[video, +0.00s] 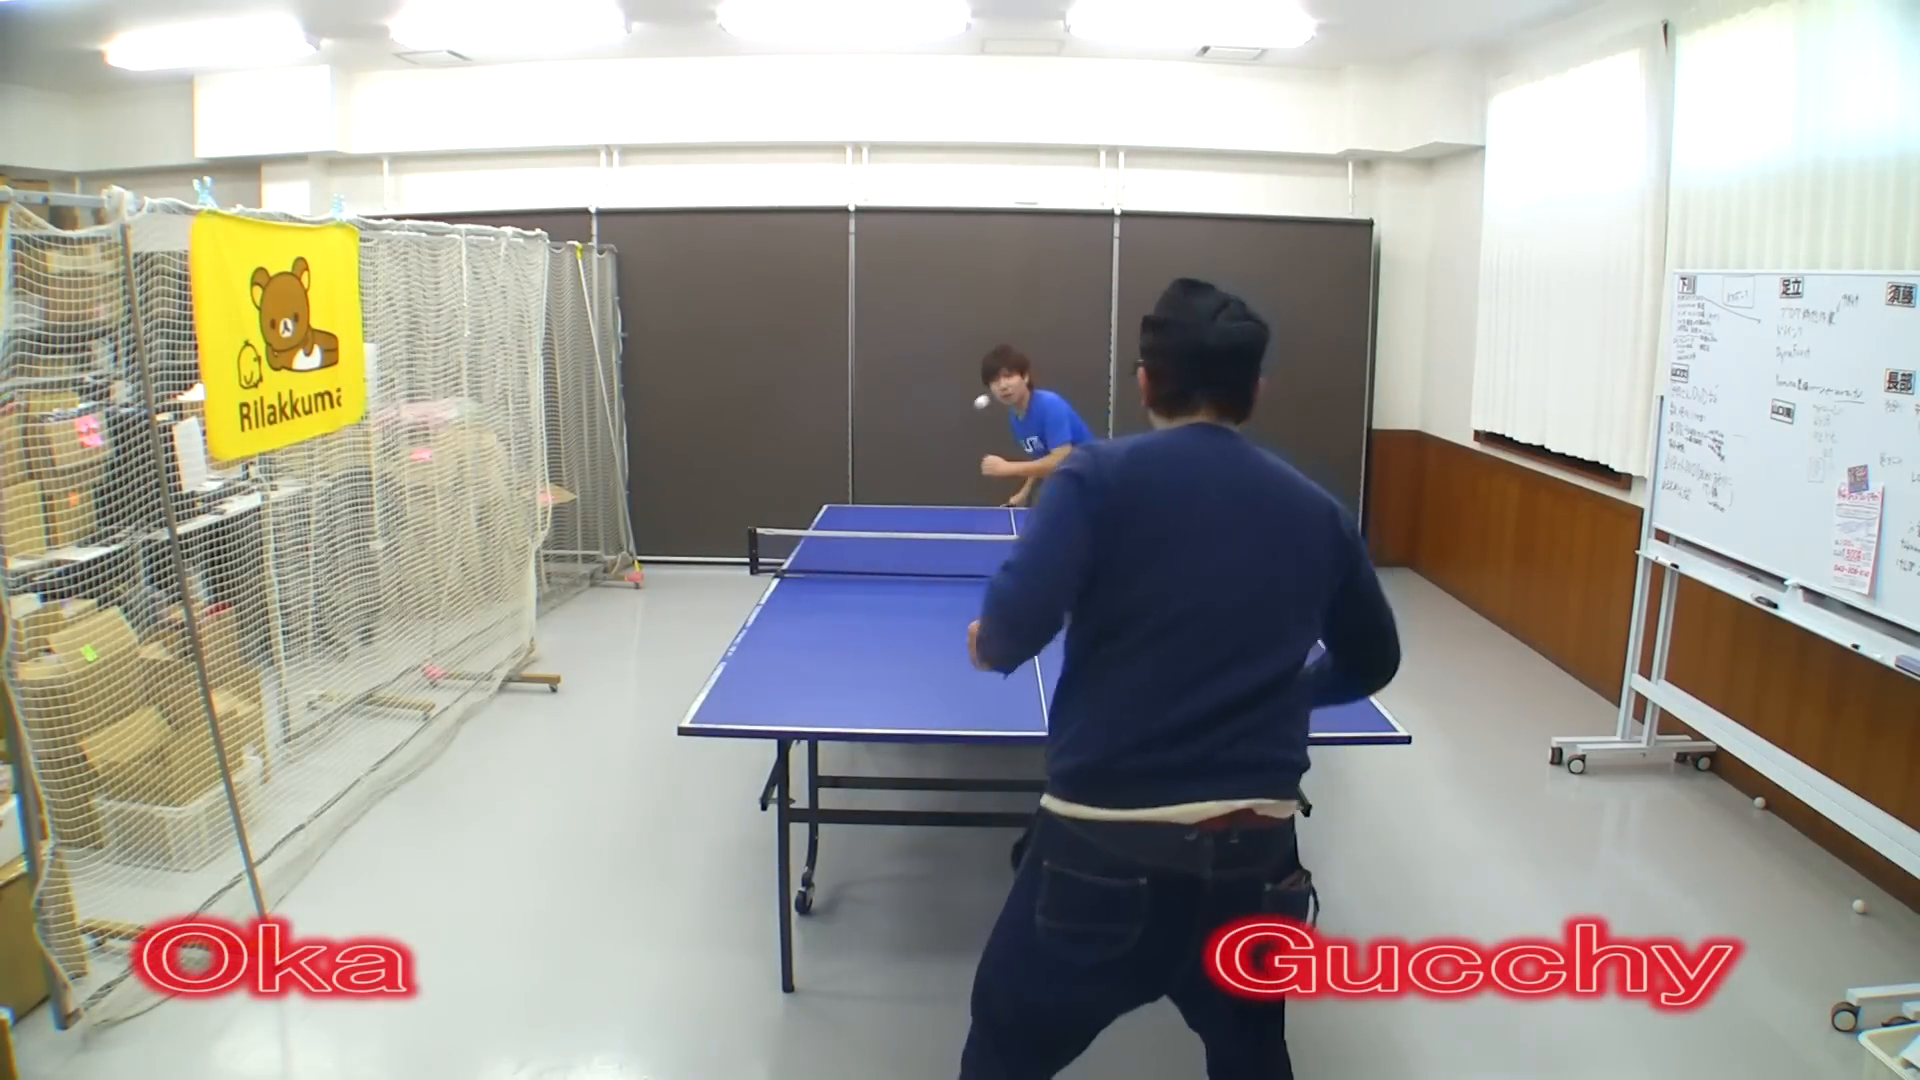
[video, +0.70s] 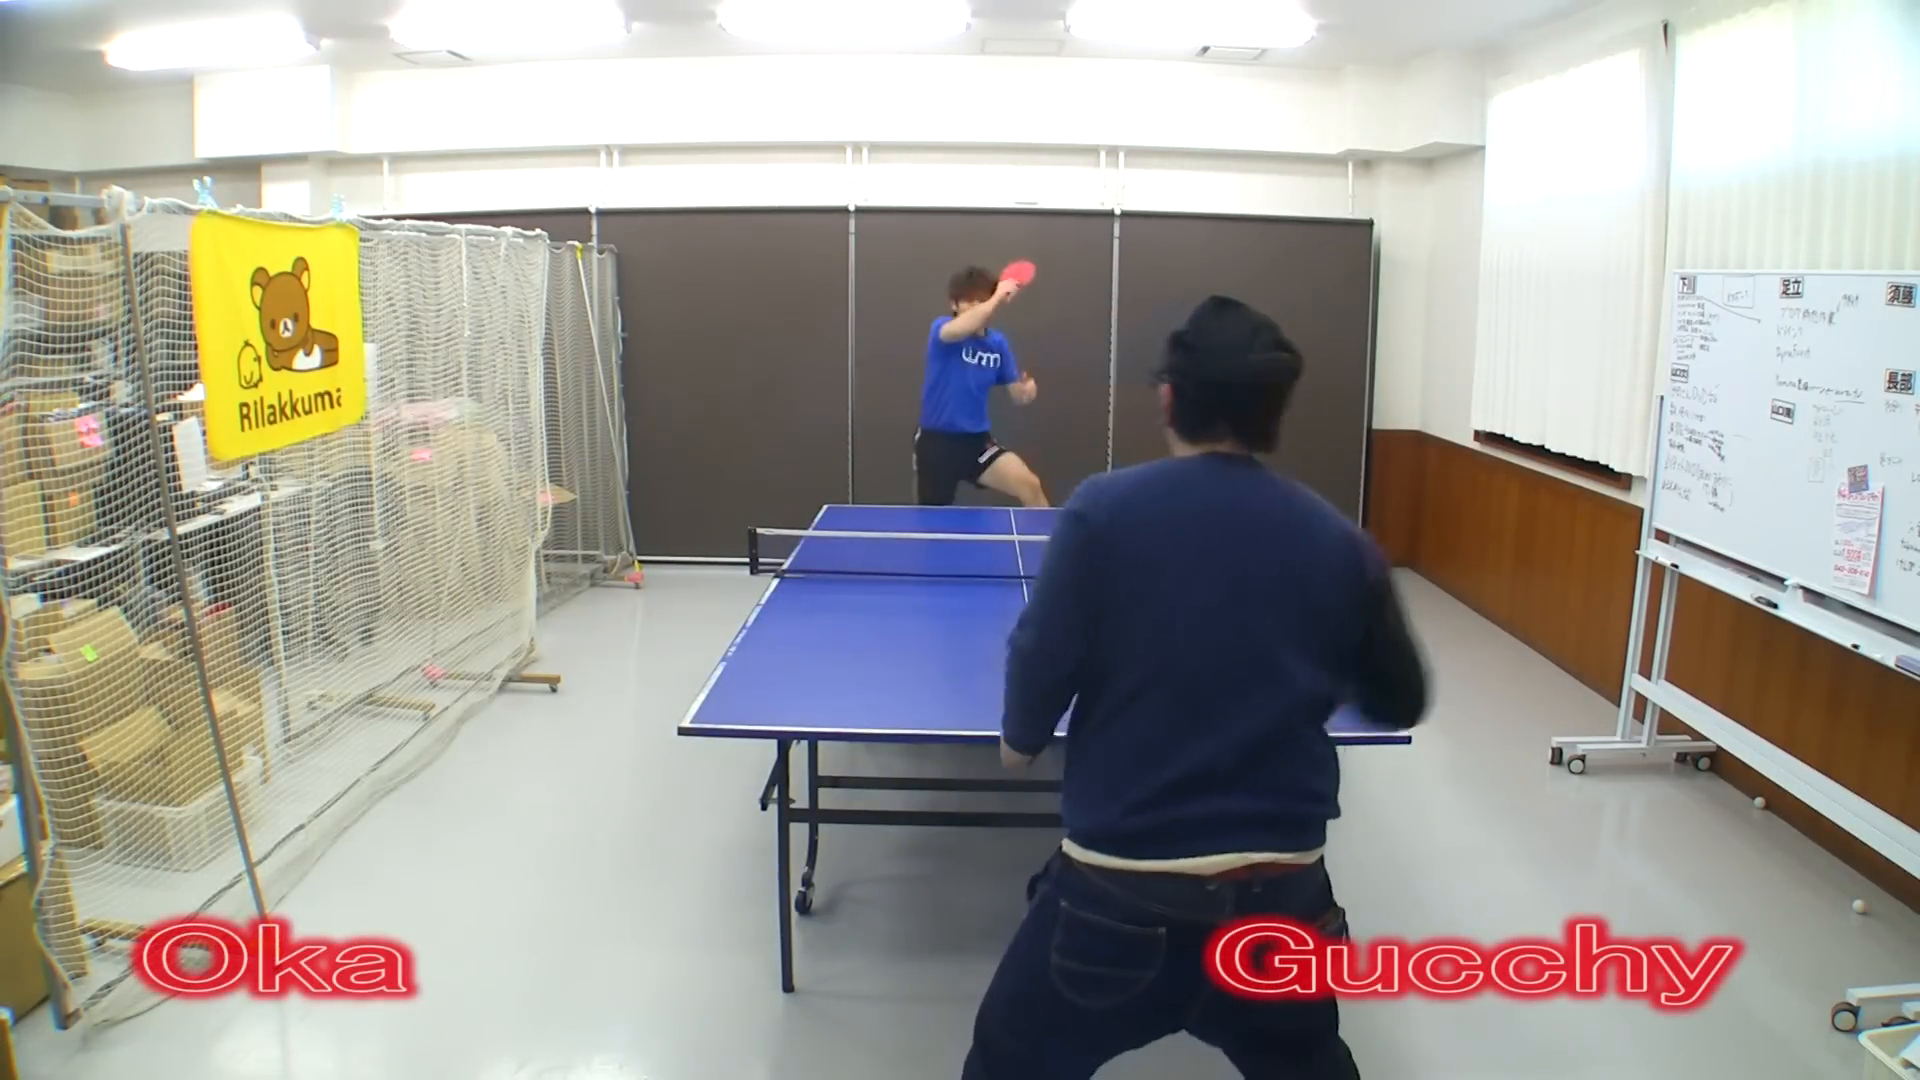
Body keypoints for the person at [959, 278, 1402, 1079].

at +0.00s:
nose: (1140, 376)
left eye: (1140, 366)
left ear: (1145, 383)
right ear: (1257, 390)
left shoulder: (1096, 477)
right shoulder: (1312, 506)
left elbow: (1018, 619)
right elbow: (1371, 657)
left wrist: (989, 644)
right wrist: (1275, 691)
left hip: (1102, 866)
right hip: (1255, 866)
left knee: (1004, 1058)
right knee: (1252, 1055)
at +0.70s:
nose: (1156, 392)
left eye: (1160, 381)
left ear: (1167, 400)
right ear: (1278, 410)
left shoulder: (1103, 512)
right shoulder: (1333, 537)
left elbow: (1035, 681)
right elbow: (1400, 701)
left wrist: (1024, 739)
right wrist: (1301, 664)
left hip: (1116, 913)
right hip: (1282, 913)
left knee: (1008, 1067)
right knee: (1309, 1061)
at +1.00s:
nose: (1365, 371)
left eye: (1370, 361)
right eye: (1376, 359)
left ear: (1377, 375)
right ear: (1480, 399)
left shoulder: (1340, 449)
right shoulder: (1533, 530)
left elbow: (1285, 562)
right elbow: (1602, 659)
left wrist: (1161, 686)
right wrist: (1556, 788)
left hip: (1231, 828)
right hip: (1384, 869)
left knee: (1037, 997)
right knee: (1363, 1066)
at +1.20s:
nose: (1433, 372)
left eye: (1437, 355)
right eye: (1439, 353)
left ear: (1450, 367)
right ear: (1546, 386)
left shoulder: (1407, 451)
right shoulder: (1603, 528)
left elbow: (1330, 567)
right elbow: (1673, 678)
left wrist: (1182, 674)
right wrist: (1627, 823)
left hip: (1302, 826)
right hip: (1449, 869)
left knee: (1159, 1022)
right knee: (1419, 1065)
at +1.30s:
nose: (1456, 363)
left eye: (1461, 347)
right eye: (1461, 346)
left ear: (1474, 359)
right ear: (1573, 376)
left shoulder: (1420, 439)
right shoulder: (1621, 515)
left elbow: (1315, 546)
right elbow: (1698, 680)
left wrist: (1163, 638)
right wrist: (1648, 817)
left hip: (1334, 833)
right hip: (1478, 862)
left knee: (1220, 1056)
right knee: (1442, 1064)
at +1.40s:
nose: (1472, 359)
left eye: (1475, 345)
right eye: (1477, 342)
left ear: (1487, 356)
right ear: (1590, 374)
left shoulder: (1430, 440)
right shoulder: (1637, 516)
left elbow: (1305, 542)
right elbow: (1704, 692)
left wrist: (1148, 618)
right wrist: (1654, 816)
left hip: (1361, 840)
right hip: (1510, 863)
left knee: (1237, 1057)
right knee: (1486, 1062)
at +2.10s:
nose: (1281, 381)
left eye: (1286, 367)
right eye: (1286, 365)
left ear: (1295, 383)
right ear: (1395, 386)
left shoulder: (1265, 514)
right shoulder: (1462, 527)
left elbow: (1217, 689)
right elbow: (1480, 683)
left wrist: (1123, 799)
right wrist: (1363, 701)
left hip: (1274, 899)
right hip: (1415, 894)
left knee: (1127, 1068)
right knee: (1419, 1069)